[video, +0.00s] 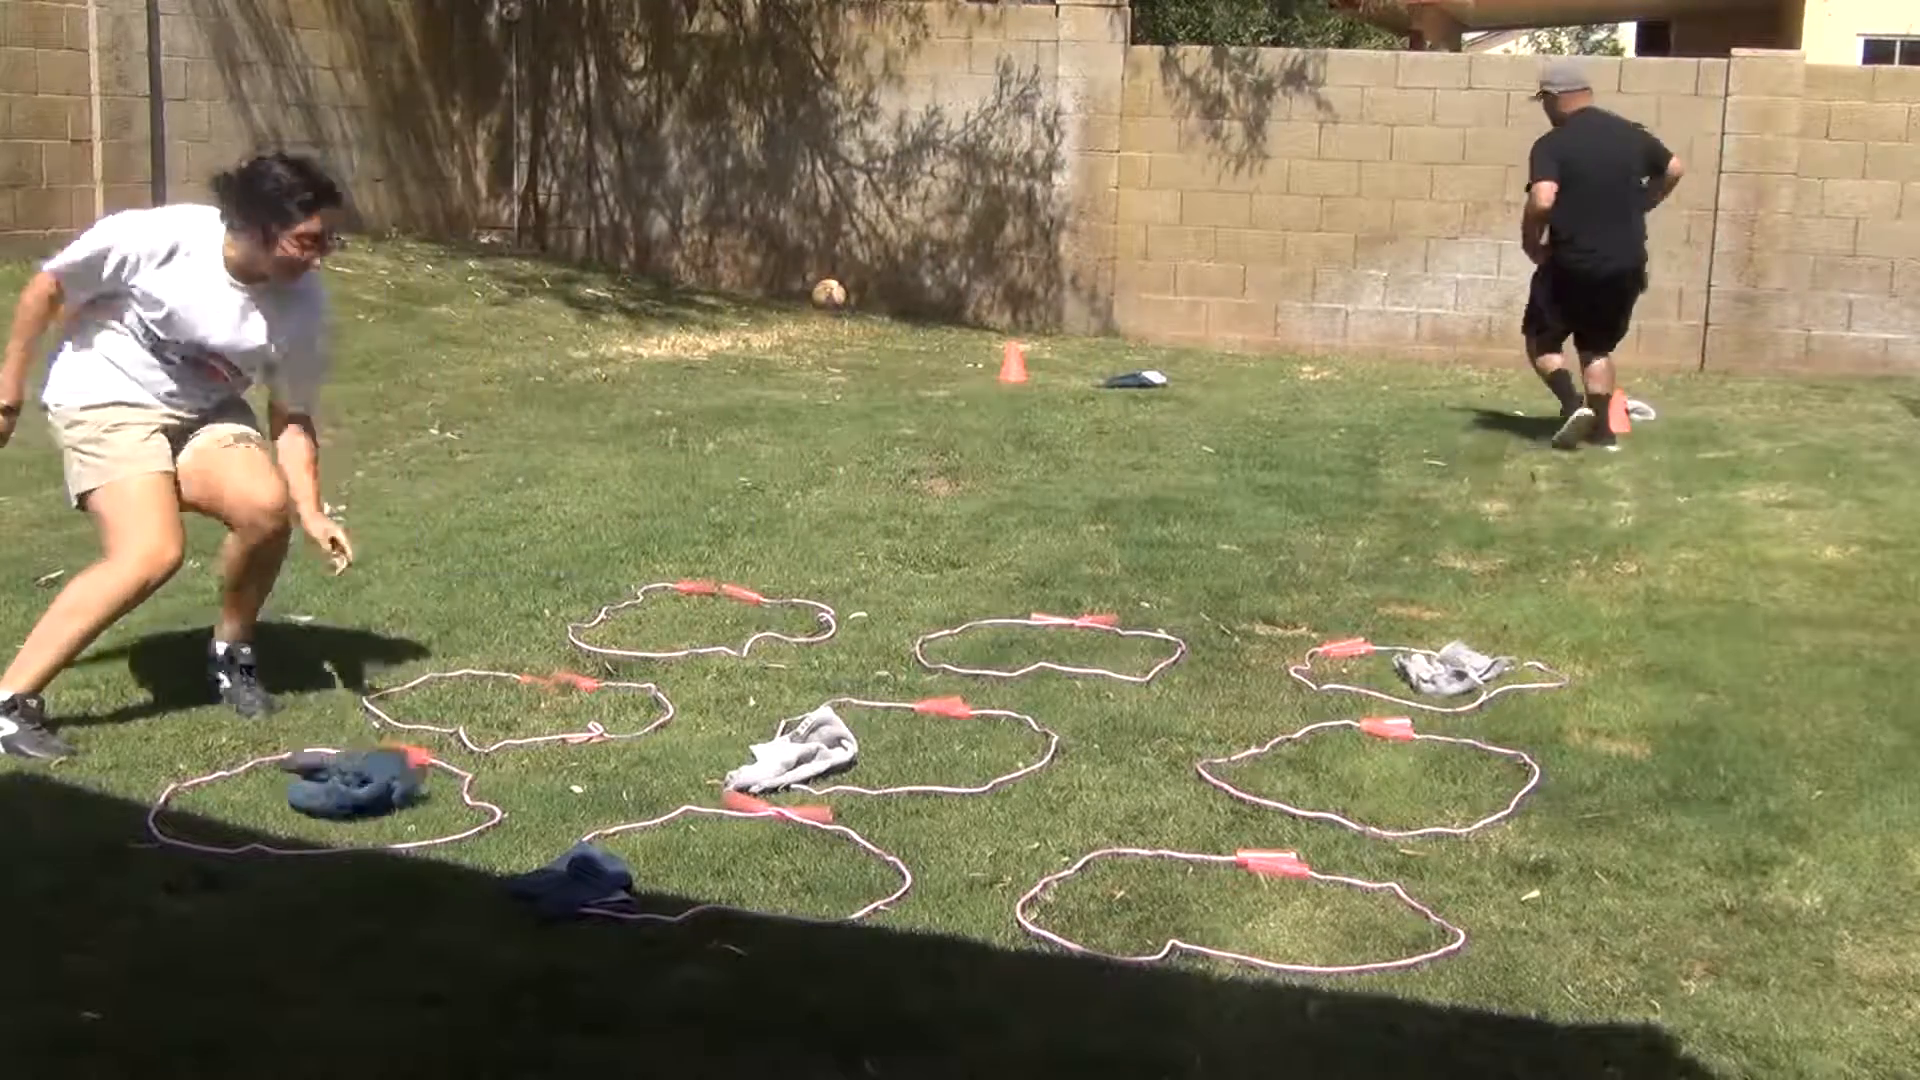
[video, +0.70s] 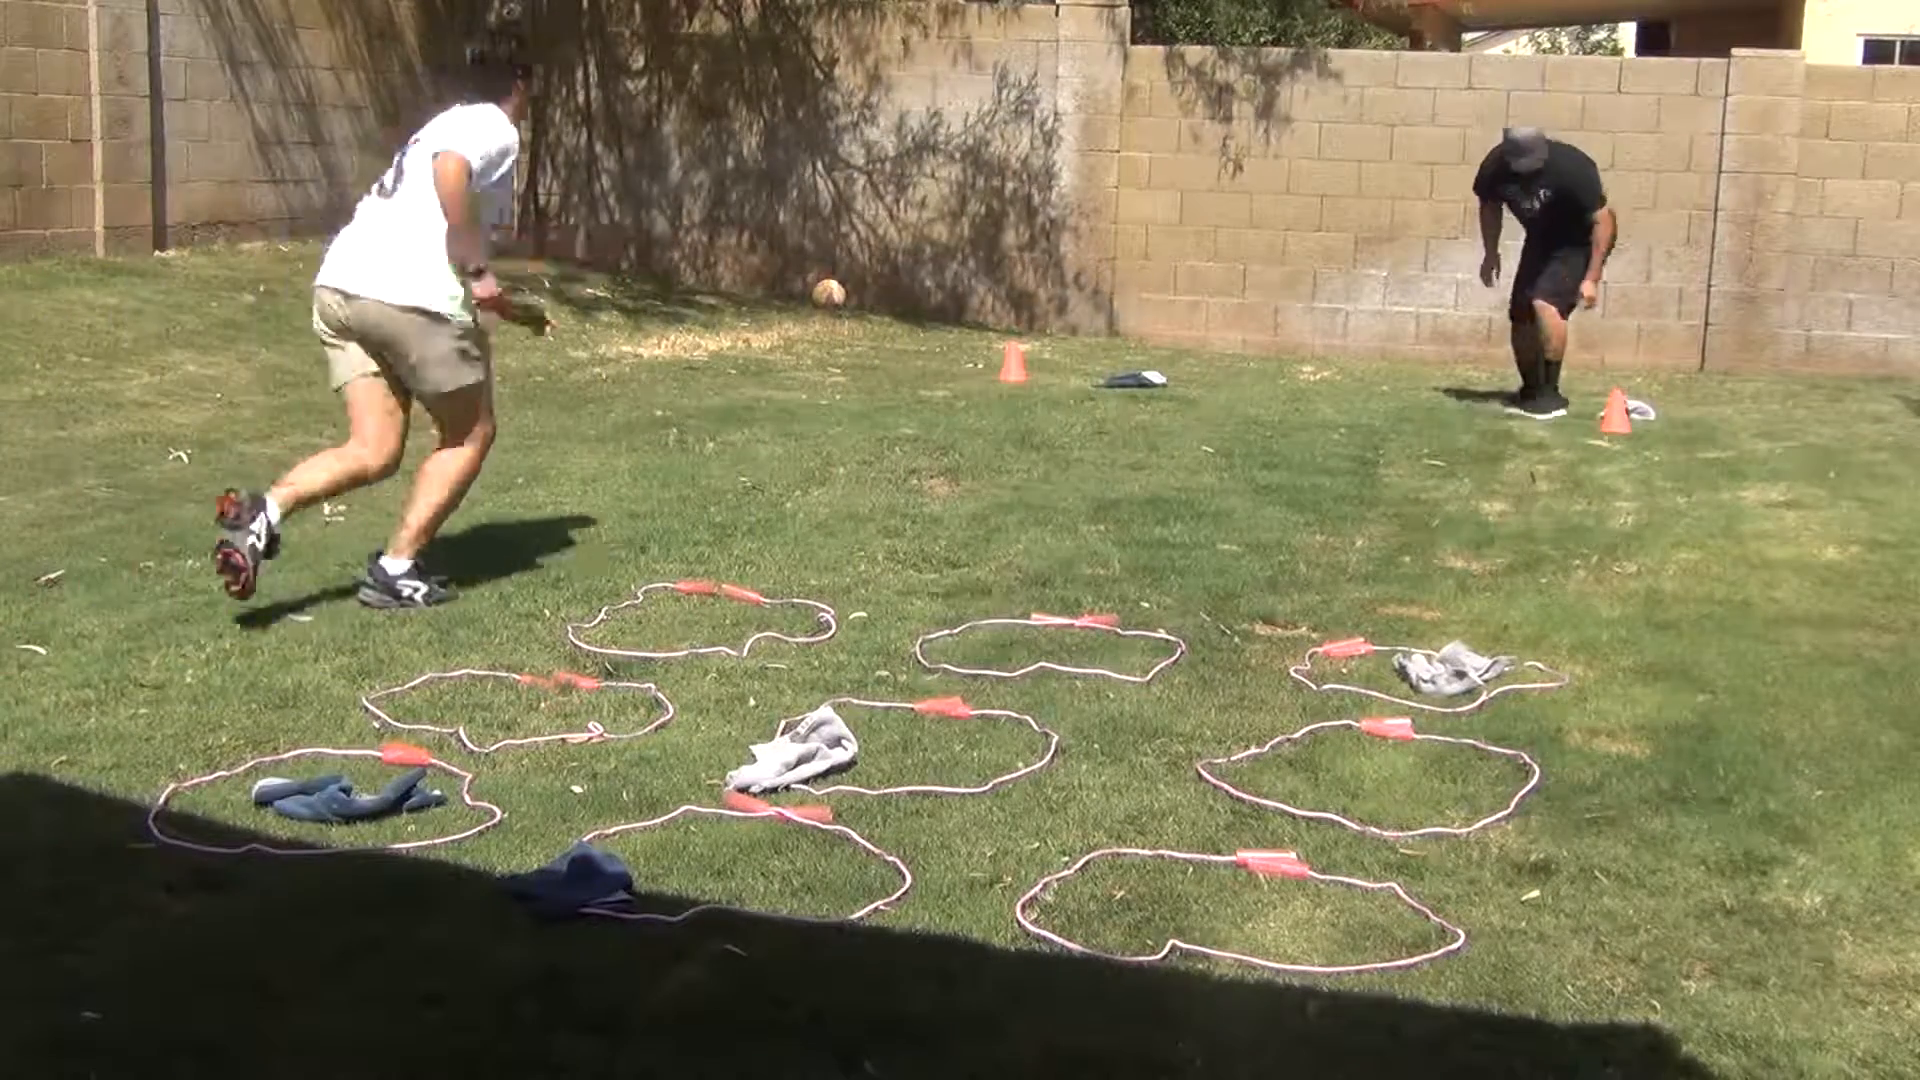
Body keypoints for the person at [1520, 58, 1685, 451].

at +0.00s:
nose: (1544, 108)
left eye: (1545, 100)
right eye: (1543, 101)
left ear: (1556, 99)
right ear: (1587, 94)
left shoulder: (1552, 144)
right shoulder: (1628, 131)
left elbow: (1543, 201)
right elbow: (1673, 169)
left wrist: (1531, 237)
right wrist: (1643, 204)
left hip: (1573, 263)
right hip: (1626, 263)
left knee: (1541, 339)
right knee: (1596, 345)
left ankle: (1573, 404)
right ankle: (1603, 432)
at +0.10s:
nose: (1527, 105)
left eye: (1529, 97)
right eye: (1525, 97)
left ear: (1547, 94)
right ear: (1567, 91)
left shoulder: (1556, 138)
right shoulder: (1607, 121)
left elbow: (1564, 195)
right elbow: (1629, 164)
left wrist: (1536, 226)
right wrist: (1590, 188)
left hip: (1564, 252)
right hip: (1612, 253)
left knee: (1524, 316)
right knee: (1585, 337)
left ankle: (1535, 411)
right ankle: (1595, 424)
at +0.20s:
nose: (1514, 102)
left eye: (1518, 95)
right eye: (1514, 95)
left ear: (1541, 95)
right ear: (1551, 94)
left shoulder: (1552, 134)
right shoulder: (1582, 118)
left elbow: (1578, 190)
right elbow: (1581, 172)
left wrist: (1538, 222)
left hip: (1558, 245)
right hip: (1597, 245)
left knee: (1518, 314)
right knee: (1568, 330)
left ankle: (1519, 404)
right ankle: (1583, 387)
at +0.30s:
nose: (1510, 107)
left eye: (1516, 99)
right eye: (1509, 98)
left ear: (1543, 101)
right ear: (1544, 101)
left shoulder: (1545, 139)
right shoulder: (1561, 124)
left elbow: (1573, 199)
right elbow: (1538, 176)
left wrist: (1534, 229)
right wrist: (1502, 196)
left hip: (1557, 247)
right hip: (1587, 246)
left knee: (1506, 312)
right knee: (1544, 315)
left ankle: (1518, 406)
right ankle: (1573, 378)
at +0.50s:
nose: (1509, 109)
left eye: (1517, 103)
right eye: (1506, 102)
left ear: (1540, 104)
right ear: (1501, 102)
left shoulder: (1560, 139)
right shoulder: (1507, 135)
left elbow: (1590, 194)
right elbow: (1510, 176)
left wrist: (1546, 233)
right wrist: (1498, 209)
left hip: (1575, 236)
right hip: (1543, 234)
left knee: (1511, 307)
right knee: (1527, 309)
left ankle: (1521, 400)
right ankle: (1532, 386)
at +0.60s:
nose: (1516, 138)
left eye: (1523, 131)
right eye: (1511, 131)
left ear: (1539, 128)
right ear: (1502, 128)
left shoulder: (1564, 157)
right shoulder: (1496, 155)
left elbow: (1604, 207)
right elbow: (1494, 196)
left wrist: (1572, 255)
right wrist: (1493, 232)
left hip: (1574, 239)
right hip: (1538, 239)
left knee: (1525, 304)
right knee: (1523, 309)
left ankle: (1531, 395)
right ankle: (1531, 393)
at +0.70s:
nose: (1527, 174)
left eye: (1533, 168)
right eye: (1521, 169)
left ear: (1545, 155)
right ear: (1509, 158)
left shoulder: (1574, 169)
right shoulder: (1496, 167)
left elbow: (1604, 221)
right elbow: (1490, 206)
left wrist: (1592, 279)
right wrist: (1491, 253)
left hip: (1578, 239)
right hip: (1538, 239)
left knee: (1546, 303)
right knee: (1520, 312)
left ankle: (1550, 392)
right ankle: (1531, 389)